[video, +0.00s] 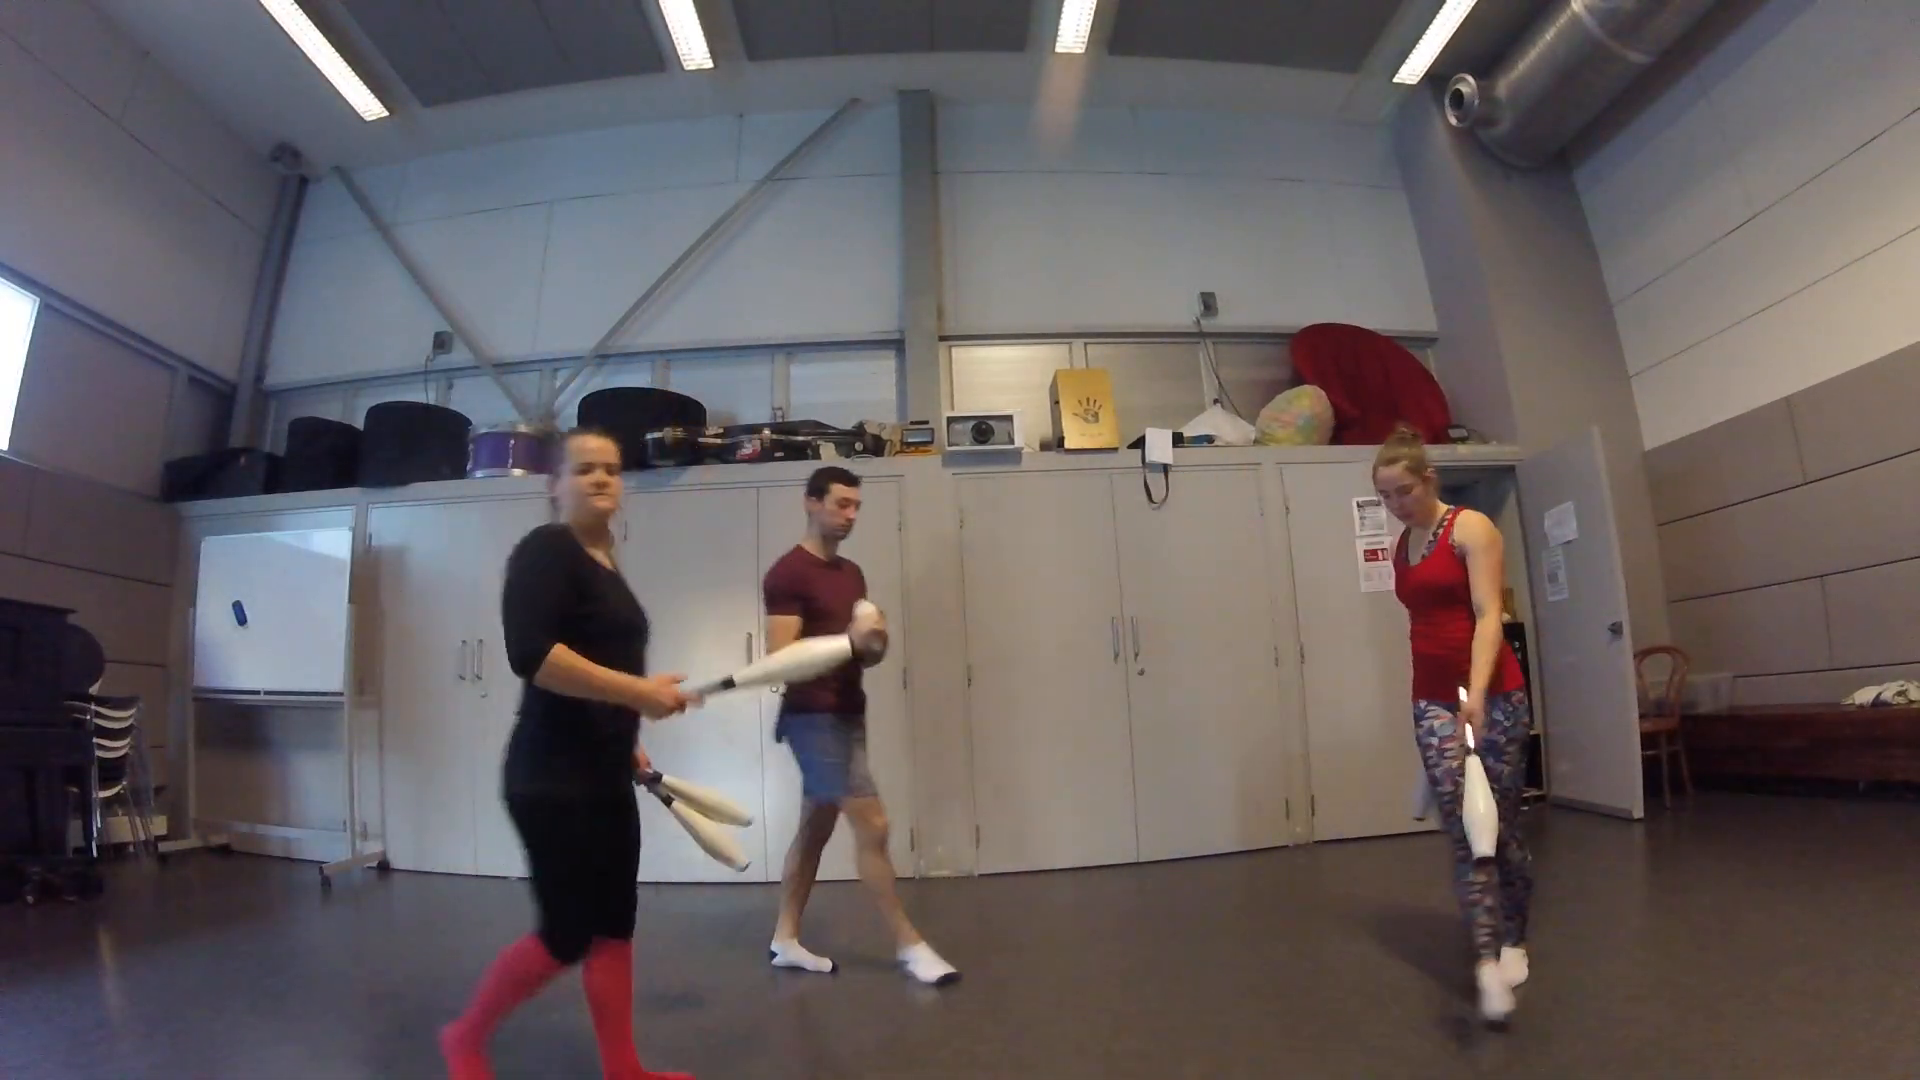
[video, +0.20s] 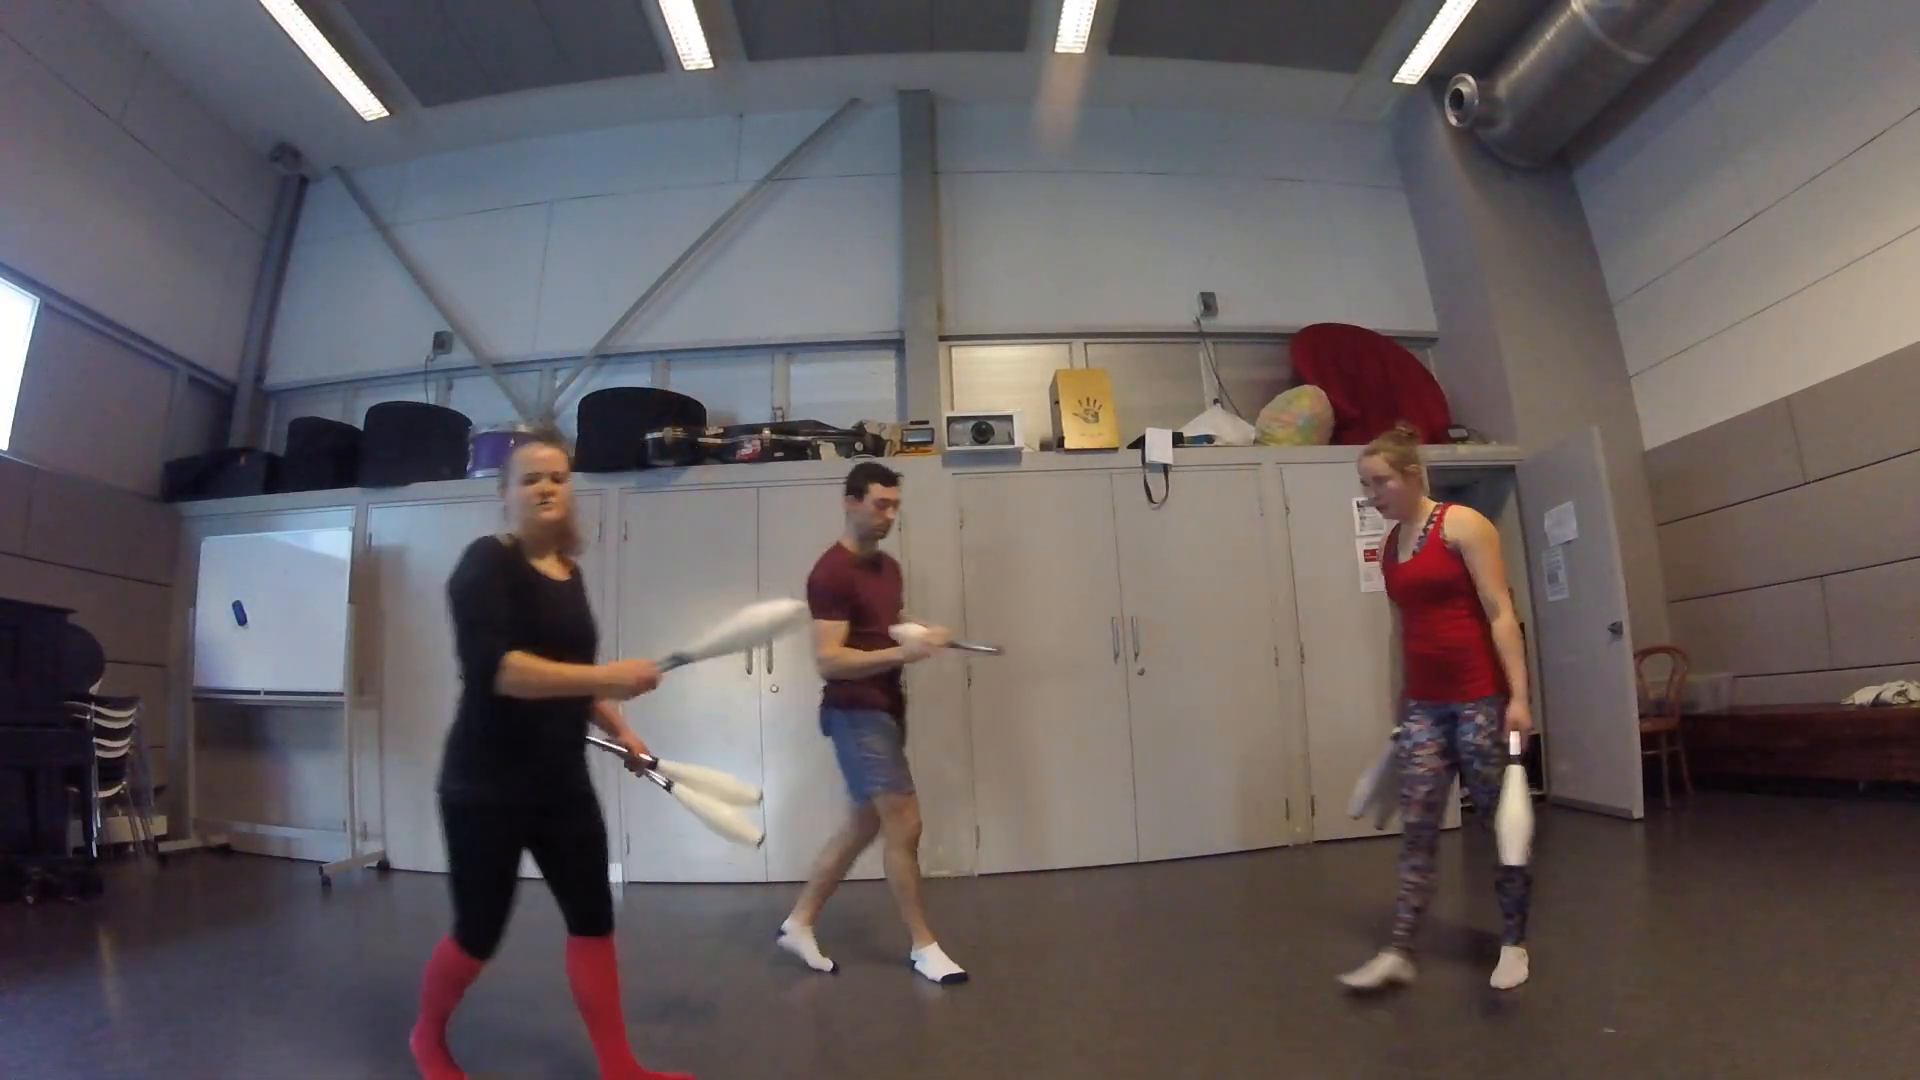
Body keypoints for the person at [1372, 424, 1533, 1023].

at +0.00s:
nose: (1394, 503)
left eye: (1402, 491)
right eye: (1385, 494)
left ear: (1428, 480)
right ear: (1380, 492)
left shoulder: (1472, 528)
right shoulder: (1404, 541)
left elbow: (1490, 615)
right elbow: (1426, 622)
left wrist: (1476, 695)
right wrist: (1426, 694)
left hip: (1494, 697)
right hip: (1434, 701)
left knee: (1502, 828)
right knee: (1464, 831)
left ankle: (1513, 940)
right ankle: (1486, 959)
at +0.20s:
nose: (1369, 497)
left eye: (1376, 484)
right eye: (1365, 486)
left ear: (1411, 476)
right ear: (1381, 485)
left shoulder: (1465, 526)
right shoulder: (1393, 543)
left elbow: (1501, 612)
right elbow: (1407, 631)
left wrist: (1520, 697)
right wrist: (1405, 709)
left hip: (1481, 702)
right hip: (1423, 705)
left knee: (1498, 821)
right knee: (1417, 822)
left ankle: (1514, 943)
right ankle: (1401, 950)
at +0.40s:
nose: (1348, 488)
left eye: (1357, 477)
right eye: (1345, 478)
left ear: (1392, 479)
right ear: (1357, 484)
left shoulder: (1433, 533)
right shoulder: (1370, 545)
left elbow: (1484, 615)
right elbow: (1375, 636)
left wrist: (1525, 691)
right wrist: (1361, 708)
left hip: (1445, 711)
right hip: (1388, 715)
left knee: (1472, 831)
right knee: (1397, 836)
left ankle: (1509, 944)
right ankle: (1381, 946)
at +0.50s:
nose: (1337, 480)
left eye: (1348, 470)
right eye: (1336, 471)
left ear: (1384, 476)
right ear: (1351, 480)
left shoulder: (1419, 531)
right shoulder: (1355, 544)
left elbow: (1463, 617)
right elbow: (1361, 636)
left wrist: (1503, 695)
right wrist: (1349, 711)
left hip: (1427, 707)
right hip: (1371, 710)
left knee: (1444, 828)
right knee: (1385, 833)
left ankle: (1502, 938)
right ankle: (1380, 946)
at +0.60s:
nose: (1351, 471)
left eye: (1363, 462)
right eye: (1344, 462)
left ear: (1386, 474)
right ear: (1335, 474)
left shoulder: (1410, 530)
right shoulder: (1341, 545)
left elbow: (1448, 618)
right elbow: (1345, 637)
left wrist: (1472, 701)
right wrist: (1339, 712)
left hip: (1419, 701)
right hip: (1361, 706)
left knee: (1427, 830)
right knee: (1380, 832)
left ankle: (1493, 929)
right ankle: (1379, 948)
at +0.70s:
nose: (1382, 466)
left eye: (1389, 461)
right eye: (1369, 457)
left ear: (1395, 477)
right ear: (1342, 473)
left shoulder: (1410, 532)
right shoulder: (1329, 545)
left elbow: (1434, 622)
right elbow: (1326, 636)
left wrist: (1439, 712)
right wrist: (1320, 711)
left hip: (1410, 708)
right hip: (1354, 711)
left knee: (1424, 837)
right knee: (1378, 835)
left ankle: (1478, 956)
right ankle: (1379, 949)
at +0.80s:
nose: (1375, 458)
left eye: (1385, 455)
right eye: (1364, 451)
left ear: (1393, 476)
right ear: (1341, 469)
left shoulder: (1413, 532)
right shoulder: (1329, 543)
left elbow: (1426, 625)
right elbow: (1317, 631)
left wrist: (1405, 707)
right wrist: (1305, 704)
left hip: (1413, 711)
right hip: (1357, 715)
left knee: (1424, 840)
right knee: (1377, 837)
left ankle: (1446, 981)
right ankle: (1378, 951)